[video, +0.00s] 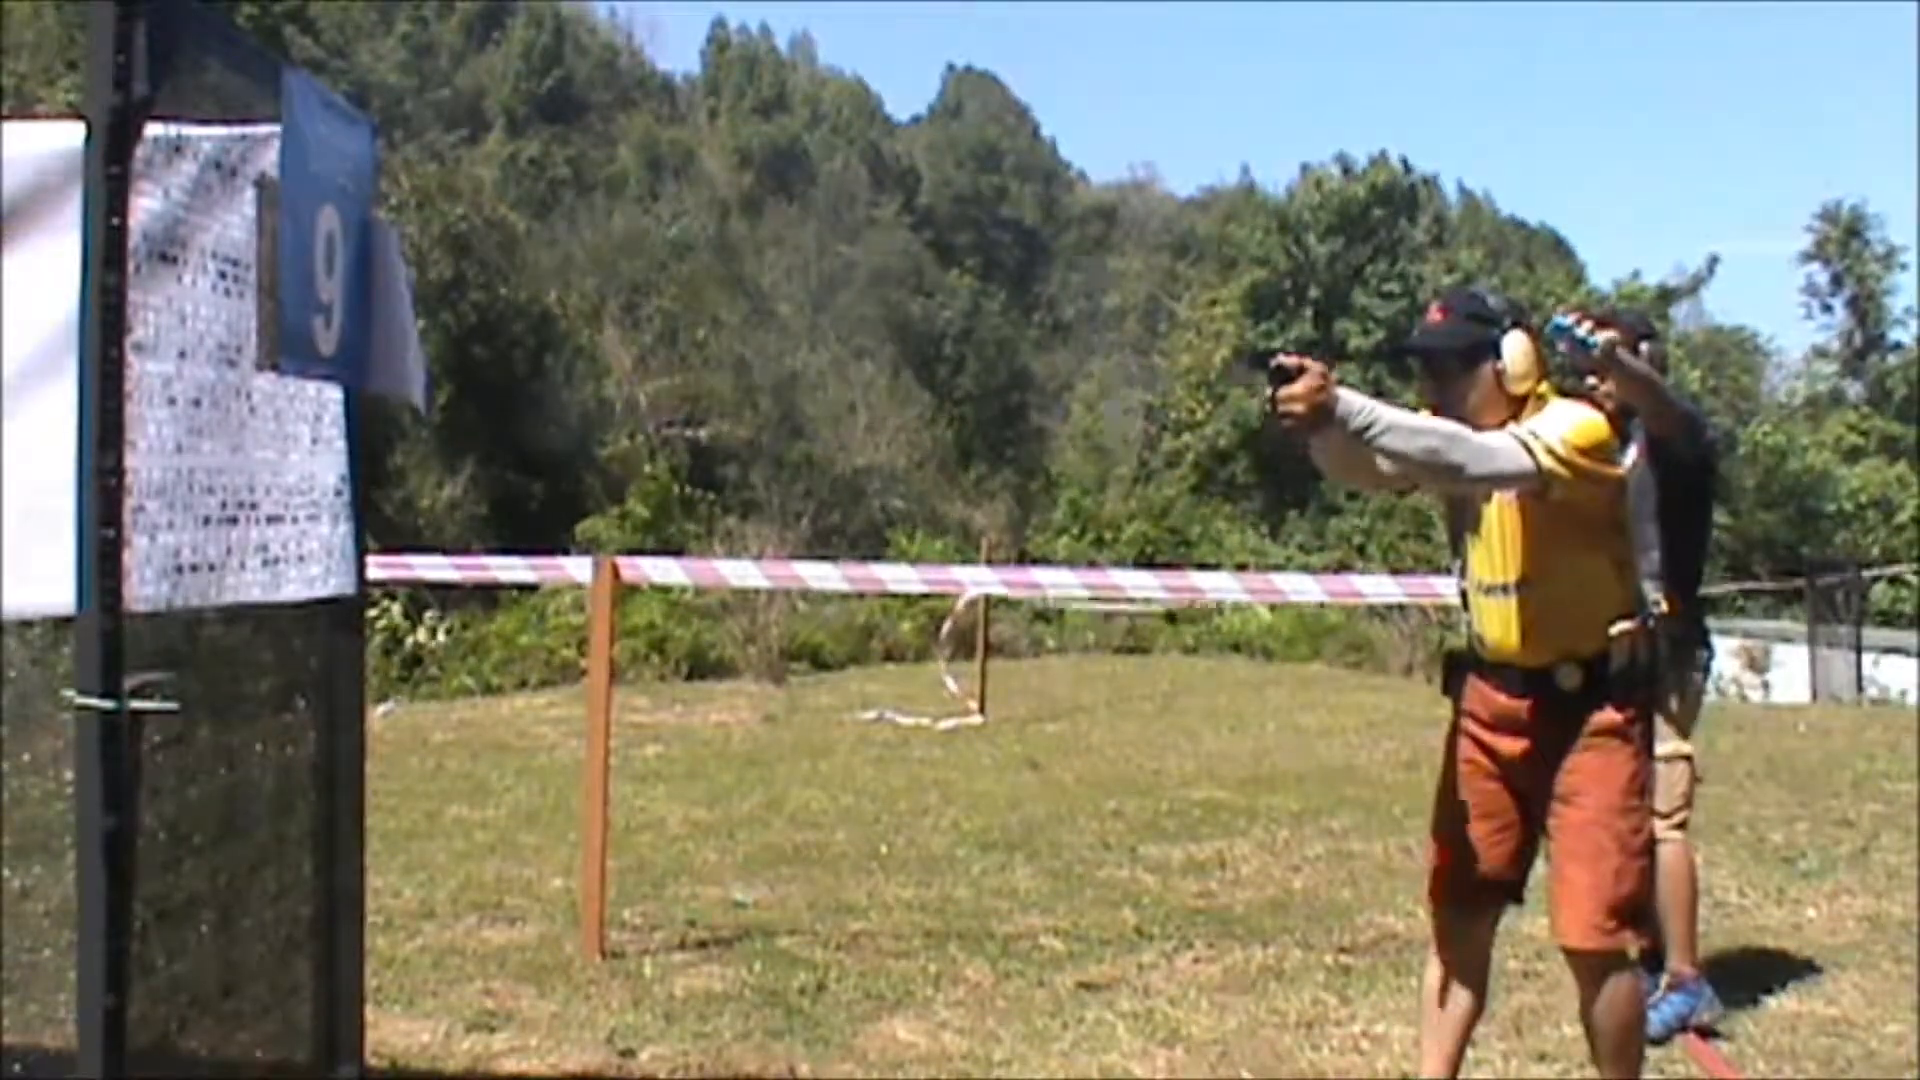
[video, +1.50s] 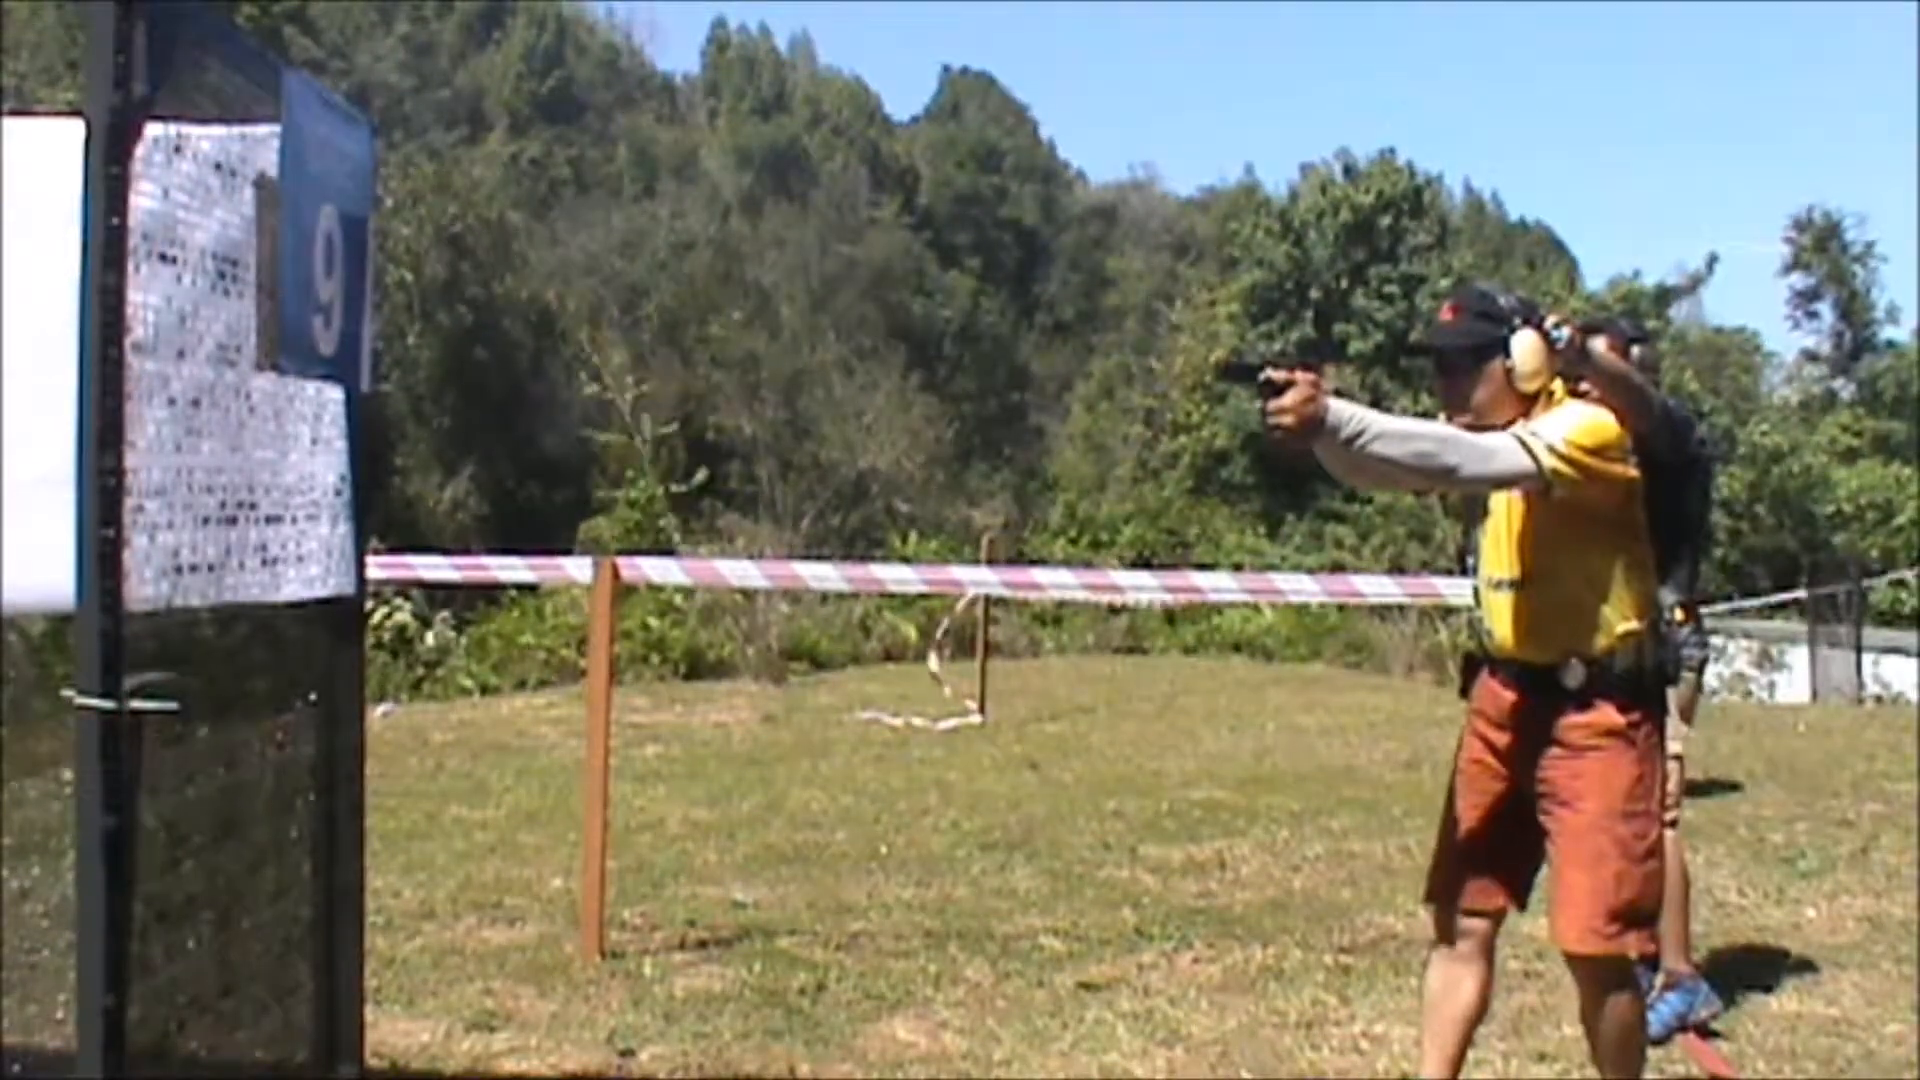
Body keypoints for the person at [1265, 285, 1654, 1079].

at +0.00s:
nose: (1433, 391)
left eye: (1447, 371)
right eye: (1427, 372)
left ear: (1501, 365)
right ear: (1431, 370)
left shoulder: (1581, 429)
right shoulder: (1461, 446)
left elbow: (1478, 460)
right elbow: (1376, 470)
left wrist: (1343, 405)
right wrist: (1314, 423)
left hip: (1597, 703)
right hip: (1494, 697)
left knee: (1594, 933)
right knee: (1462, 904)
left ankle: (1622, 1072)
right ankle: (1435, 1070)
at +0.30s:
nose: (1436, 390)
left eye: (1451, 369)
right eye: (1429, 370)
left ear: (1506, 360)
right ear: (1428, 368)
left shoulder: (1581, 426)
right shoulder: (1466, 442)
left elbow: (1475, 459)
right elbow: (1382, 469)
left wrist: (1337, 408)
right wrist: (1311, 427)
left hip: (1596, 702)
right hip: (1495, 695)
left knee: (1593, 935)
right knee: (1461, 904)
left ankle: (1622, 1072)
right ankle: (1434, 1070)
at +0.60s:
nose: (1440, 384)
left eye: (1455, 365)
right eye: (1435, 365)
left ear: (1508, 359)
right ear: (1438, 364)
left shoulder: (1584, 423)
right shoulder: (1471, 439)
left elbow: (1481, 452)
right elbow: (1381, 465)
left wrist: (1346, 402)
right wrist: (1317, 416)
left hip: (1599, 706)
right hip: (1498, 698)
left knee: (1595, 940)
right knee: (1461, 908)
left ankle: (1620, 1073)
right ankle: (1433, 1071)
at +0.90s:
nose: (1446, 393)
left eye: (1460, 371)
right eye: (1440, 373)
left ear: (1514, 361)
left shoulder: (1588, 427)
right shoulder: (1490, 436)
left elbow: (1472, 458)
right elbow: (1406, 471)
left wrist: (1338, 409)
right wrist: (1321, 430)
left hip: (1599, 709)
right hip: (1503, 699)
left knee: (1595, 943)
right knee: (1463, 917)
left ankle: (1622, 1072)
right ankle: (1432, 1071)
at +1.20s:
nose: (1451, 393)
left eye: (1464, 372)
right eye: (1444, 374)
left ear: (1516, 362)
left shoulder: (1591, 427)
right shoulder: (1496, 436)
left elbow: (1471, 459)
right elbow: (1407, 469)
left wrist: (1335, 410)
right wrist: (1322, 429)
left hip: (1601, 710)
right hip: (1506, 699)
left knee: (1596, 944)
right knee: (1463, 920)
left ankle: (1623, 1072)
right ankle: (1433, 1071)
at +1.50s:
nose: (1448, 392)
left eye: (1462, 372)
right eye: (1441, 373)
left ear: (1514, 362)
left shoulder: (1591, 427)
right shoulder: (1497, 435)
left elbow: (1467, 460)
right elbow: (1402, 470)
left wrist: (1332, 412)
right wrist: (1320, 430)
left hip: (1601, 711)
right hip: (1505, 700)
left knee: (1597, 946)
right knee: (1463, 922)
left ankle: (1623, 1072)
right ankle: (1433, 1072)